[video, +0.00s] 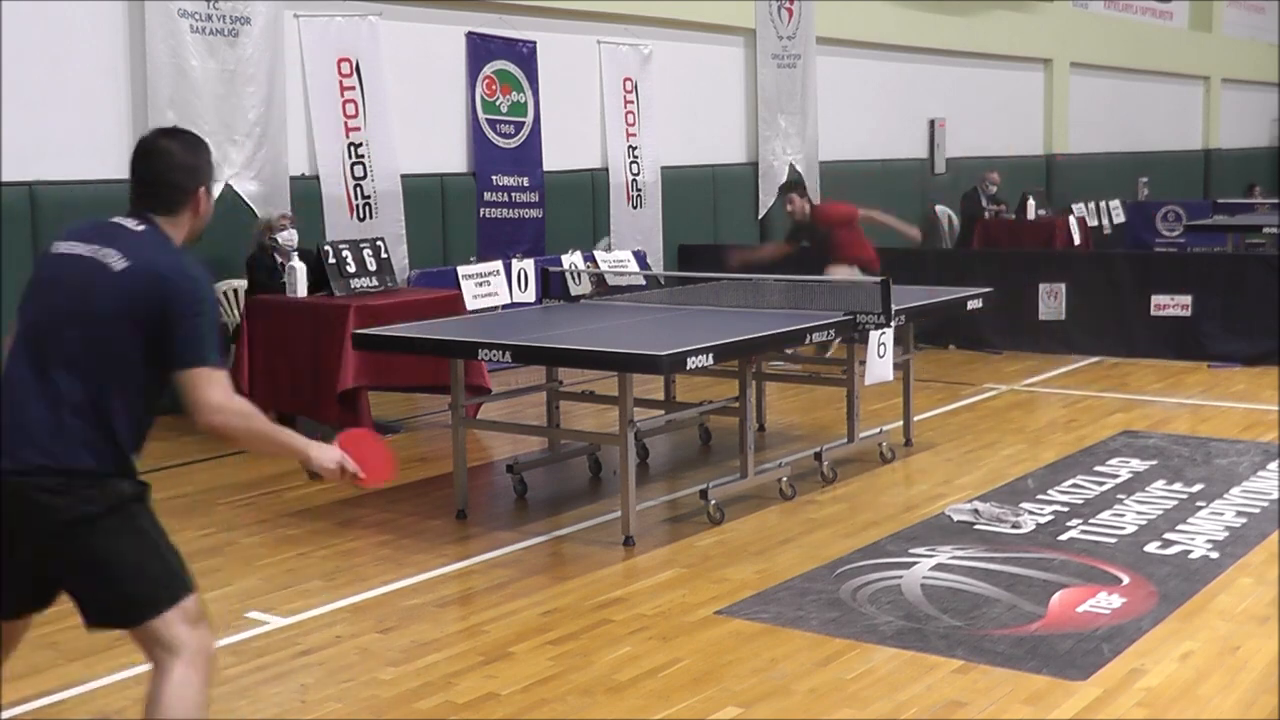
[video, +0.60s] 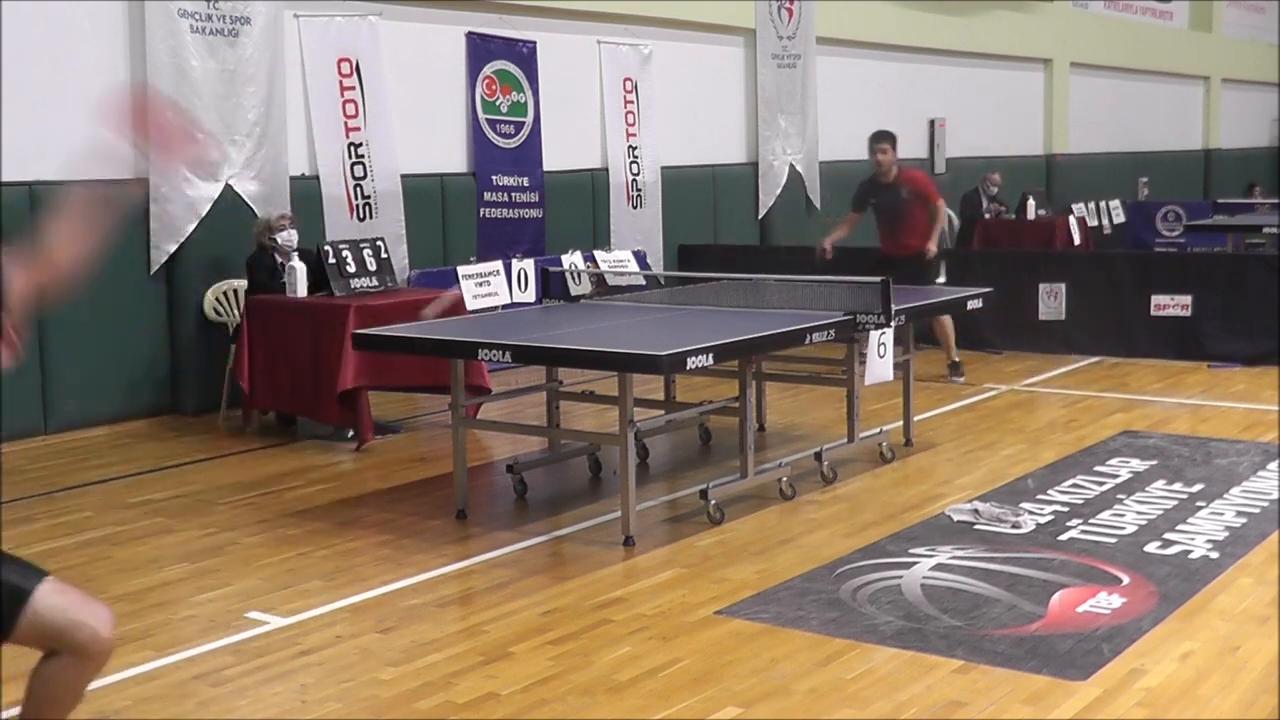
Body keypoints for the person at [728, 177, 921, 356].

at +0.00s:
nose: (788, 208)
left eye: (790, 202)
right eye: (785, 204)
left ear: (805, 198)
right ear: (788, 206)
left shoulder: (828, 213)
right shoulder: (801, 226)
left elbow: (872, 215)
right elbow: (780, 249)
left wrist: (909, 231)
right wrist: (744, 257)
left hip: (863, 266)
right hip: (838, 269)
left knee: (832, 272)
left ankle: (829, 331)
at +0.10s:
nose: (782, 211)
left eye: (786, 205)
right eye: (779, 206)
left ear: (800, 202)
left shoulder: (820, 220)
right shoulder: (797, 228)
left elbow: (862, 233)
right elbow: (789, 260)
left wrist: (885, 261)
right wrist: (768, 280)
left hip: (856, 277)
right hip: (830, 278)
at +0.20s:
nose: (790, 200)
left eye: (794, 194)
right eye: (787, 195)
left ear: (809, 194)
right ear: (785, 197)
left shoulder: (824, 215)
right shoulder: (801, 223)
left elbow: (866, 228)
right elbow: (790, 256)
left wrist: (873, 266)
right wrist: (765, 280)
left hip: (855, 277)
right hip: (831, 277)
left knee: (810, 303)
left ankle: (814, 356)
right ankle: (790, 349)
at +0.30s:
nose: (802, 183)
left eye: (806, 177)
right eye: (799, 178)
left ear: (819, 177)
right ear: (796, 180)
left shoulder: (839, 196)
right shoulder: (810, 207)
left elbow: (881, 203)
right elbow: (794, 243)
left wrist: (883, 242)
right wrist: (768, 264)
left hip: (869, 257)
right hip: (843, 257)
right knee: (816, 297)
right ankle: (815, 355)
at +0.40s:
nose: (829, 166)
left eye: (834, 160)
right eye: (825, 161)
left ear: (845, 161)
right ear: (823, 164)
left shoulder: (865, 182)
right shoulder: (827, 193)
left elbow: (904, 194)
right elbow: (810, 227)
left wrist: (904, 231)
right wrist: (790, 247)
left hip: (890, 249)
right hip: (863, 249)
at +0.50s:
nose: (850, 163)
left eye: (855, 157)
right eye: (846, 158)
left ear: (866, 159)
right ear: (842, 161)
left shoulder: (884, 182)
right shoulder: (842, 191)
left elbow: (920, 204)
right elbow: (823, 225)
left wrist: (919, 241)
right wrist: (804, 243)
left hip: (902, 254)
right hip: (872, 256)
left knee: (897, 302)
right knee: (858, 298)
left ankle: (914, 353)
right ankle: (865, 351)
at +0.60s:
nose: (878, 158)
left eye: (883, 152)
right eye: (874, 153)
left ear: (895, 154)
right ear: (870, 156)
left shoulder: (915, 179)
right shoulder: (868, 187)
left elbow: (940, 205)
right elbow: (851, 220)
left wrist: (934, 240)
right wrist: (829, 239)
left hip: (922, 256)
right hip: (890, 258)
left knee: (937, 307)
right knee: (879, 307)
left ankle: (953, 359)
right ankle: (878, 357)